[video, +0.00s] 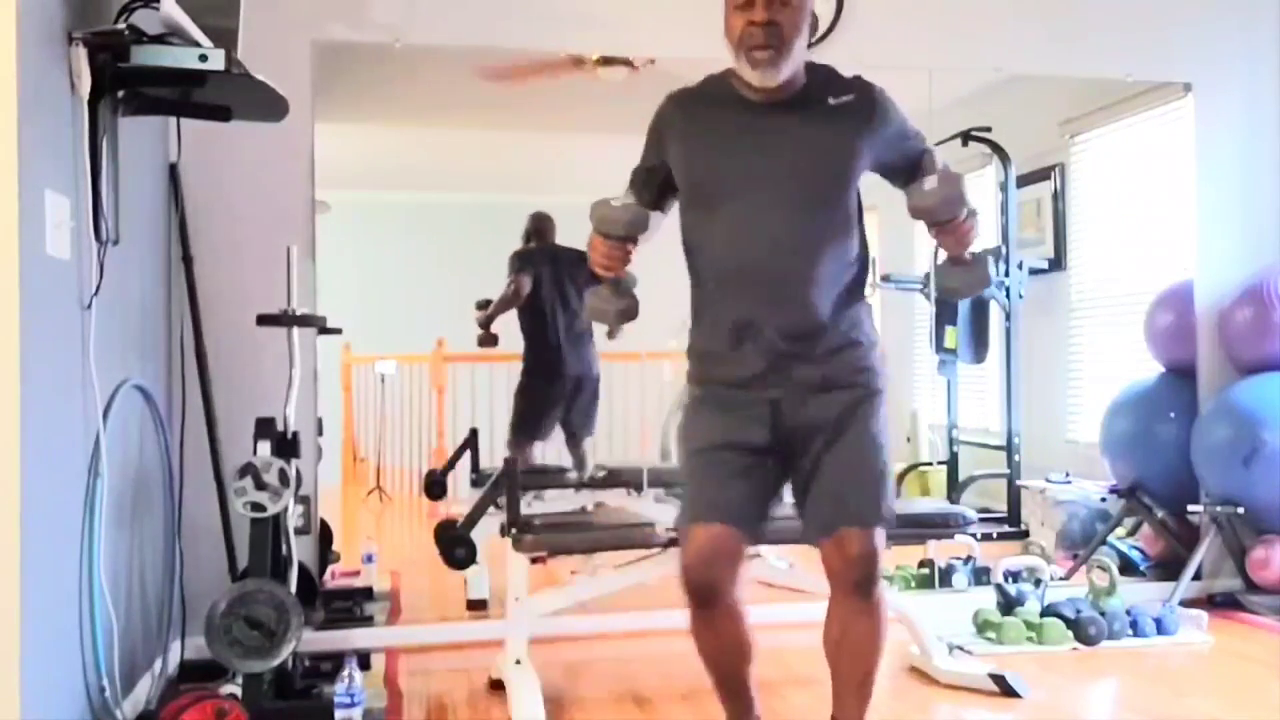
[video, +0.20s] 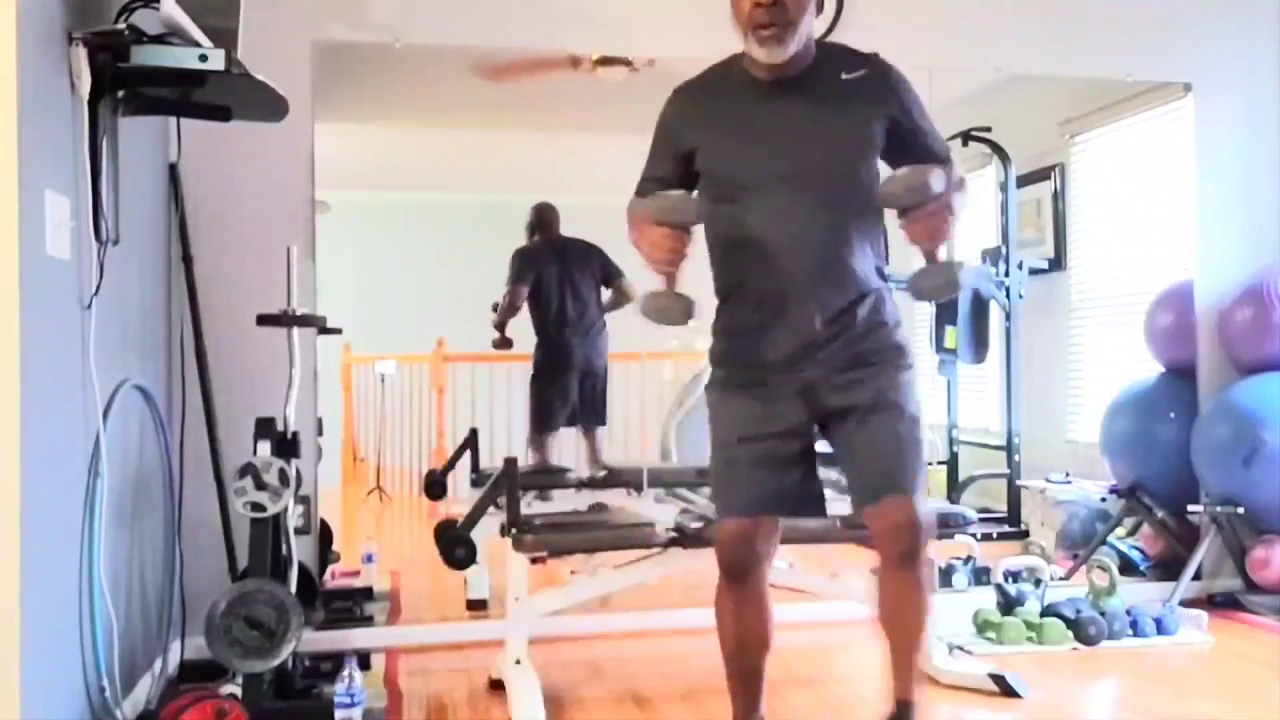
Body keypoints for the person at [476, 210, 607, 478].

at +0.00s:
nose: (527, 239)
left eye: (527, 235)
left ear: (527, 235)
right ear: (554, 234)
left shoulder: (524, 257)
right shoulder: (577, 257)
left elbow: (520, 290)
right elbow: (619, 282)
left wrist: (488, 317)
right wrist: (615, 322)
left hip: (547, 368)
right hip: (585, 369)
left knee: (520, 443)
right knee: (577, 438)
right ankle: (584, 498)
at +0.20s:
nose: (529, 231)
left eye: (529, 227)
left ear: (531, 227)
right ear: (559, 224)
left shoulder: (528, 254)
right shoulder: (588, 250)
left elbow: (515, 301)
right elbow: (626, 294)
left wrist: (500, 320)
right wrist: (598, 310)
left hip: (555, 357)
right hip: (594, 356)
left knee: (541, 433)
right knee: (591, 426)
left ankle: (542, 496)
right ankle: (597, 476)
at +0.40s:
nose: (543, 259)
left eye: (544, 254)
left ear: (545, 254)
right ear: (572, 253)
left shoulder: (543, 280)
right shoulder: (599, 280)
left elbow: (526, 330)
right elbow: (614, 323)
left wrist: (526, 353)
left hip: (569, 373)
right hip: (608, 372)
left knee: (529, 442)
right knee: (607, 437)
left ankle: (536, 500)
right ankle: (628, 492)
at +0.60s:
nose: (558, 281)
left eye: (560, 276)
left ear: (563, 277)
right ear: (588, 277)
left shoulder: (562, 301)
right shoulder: (613, 301)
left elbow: (545, 359)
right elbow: (616, 347)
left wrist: (532, 361)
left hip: (583, 390)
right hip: (623, 391)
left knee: (528, 447)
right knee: (599, 446)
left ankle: (537, 503)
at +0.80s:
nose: (561, 252)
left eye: (562, 247)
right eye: (563, 248)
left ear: (566, 245)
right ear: (591, 244)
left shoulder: (574, 264)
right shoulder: (626, 269)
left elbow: (571, 306)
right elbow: (656, 311)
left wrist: (540, 329)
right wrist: (626, 324)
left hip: (593, 362)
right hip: (629, 365)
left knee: (549, 430)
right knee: (610, 433)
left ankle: (546, 496)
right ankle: (625, 487)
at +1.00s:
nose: (567, 249)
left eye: (569, 244)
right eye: (568, 244)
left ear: (574, 242)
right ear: (598, 240)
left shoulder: (579, 258)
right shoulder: (624, 262)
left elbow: (585, 282)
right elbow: (672, 287)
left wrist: (548, 309)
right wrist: (647, 311)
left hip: (596, 365)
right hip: (631, 367)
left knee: (556, 436)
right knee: (615, 437)